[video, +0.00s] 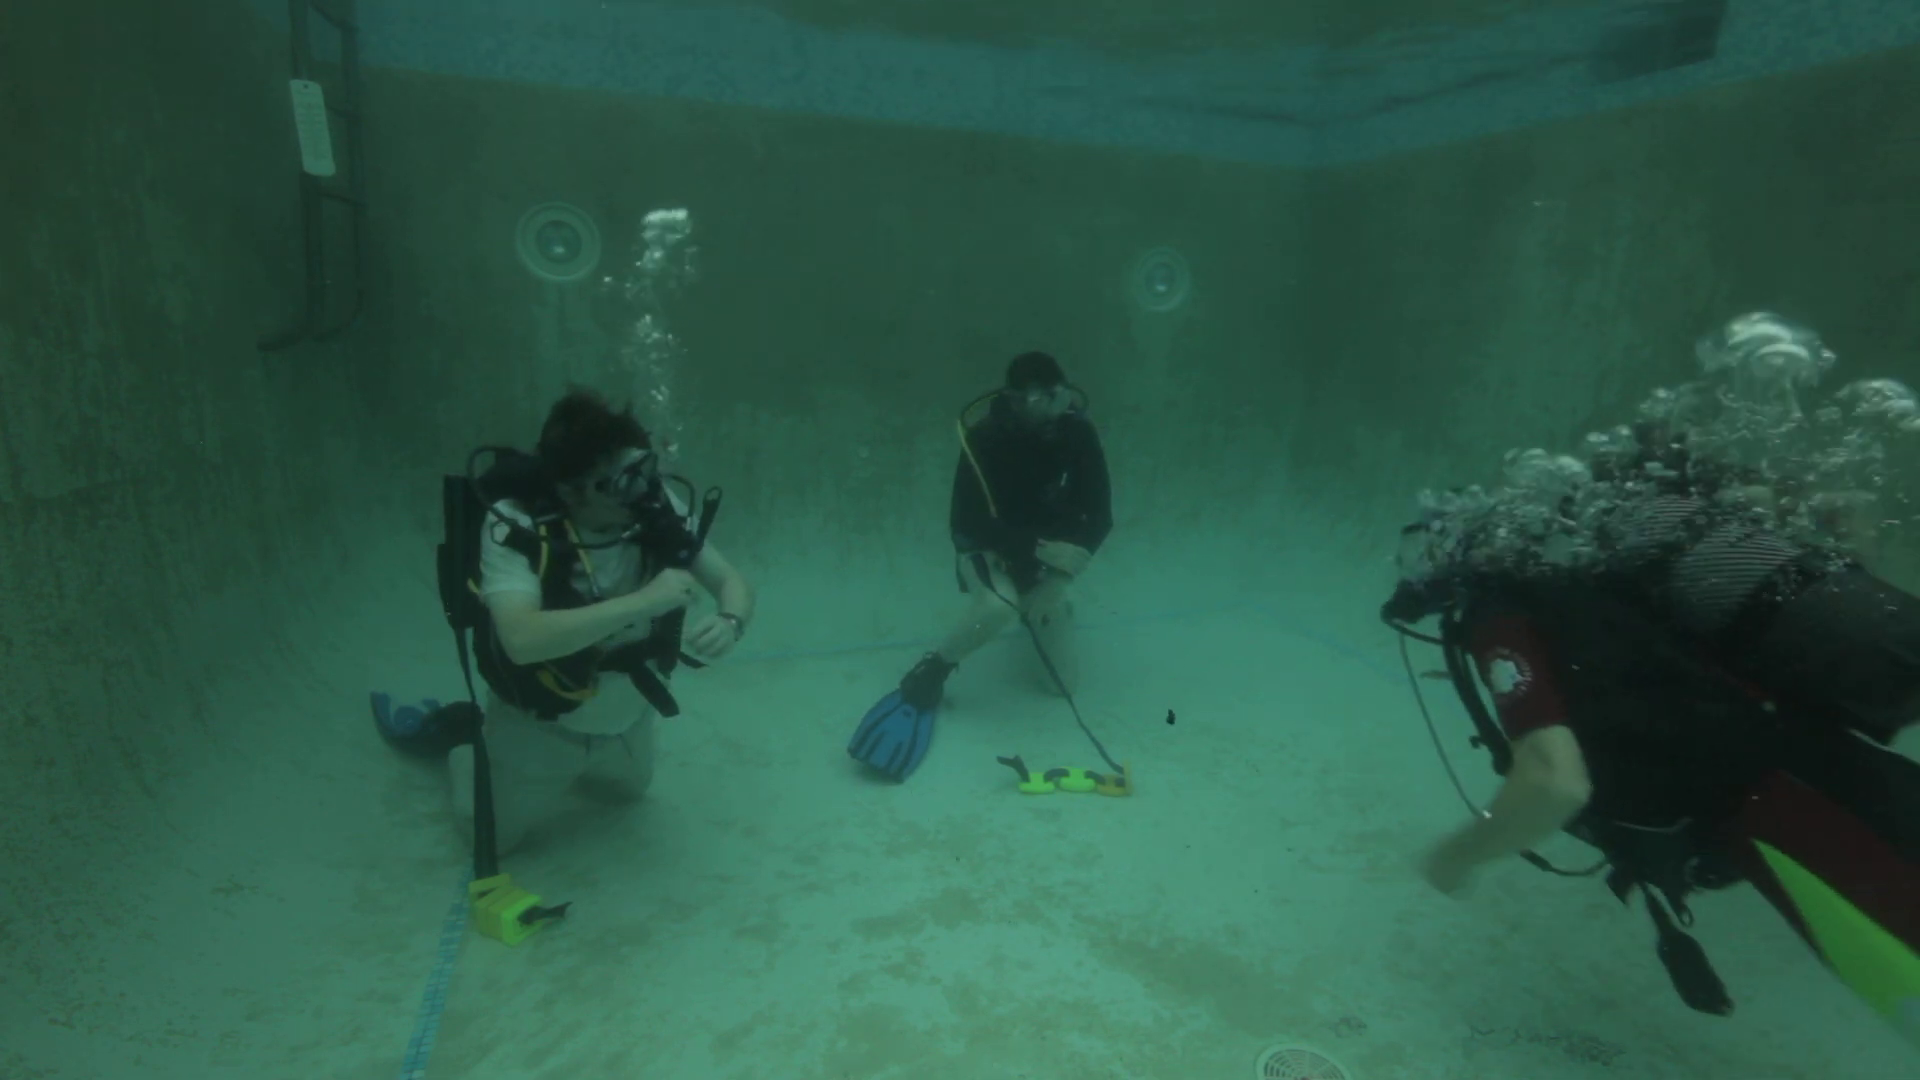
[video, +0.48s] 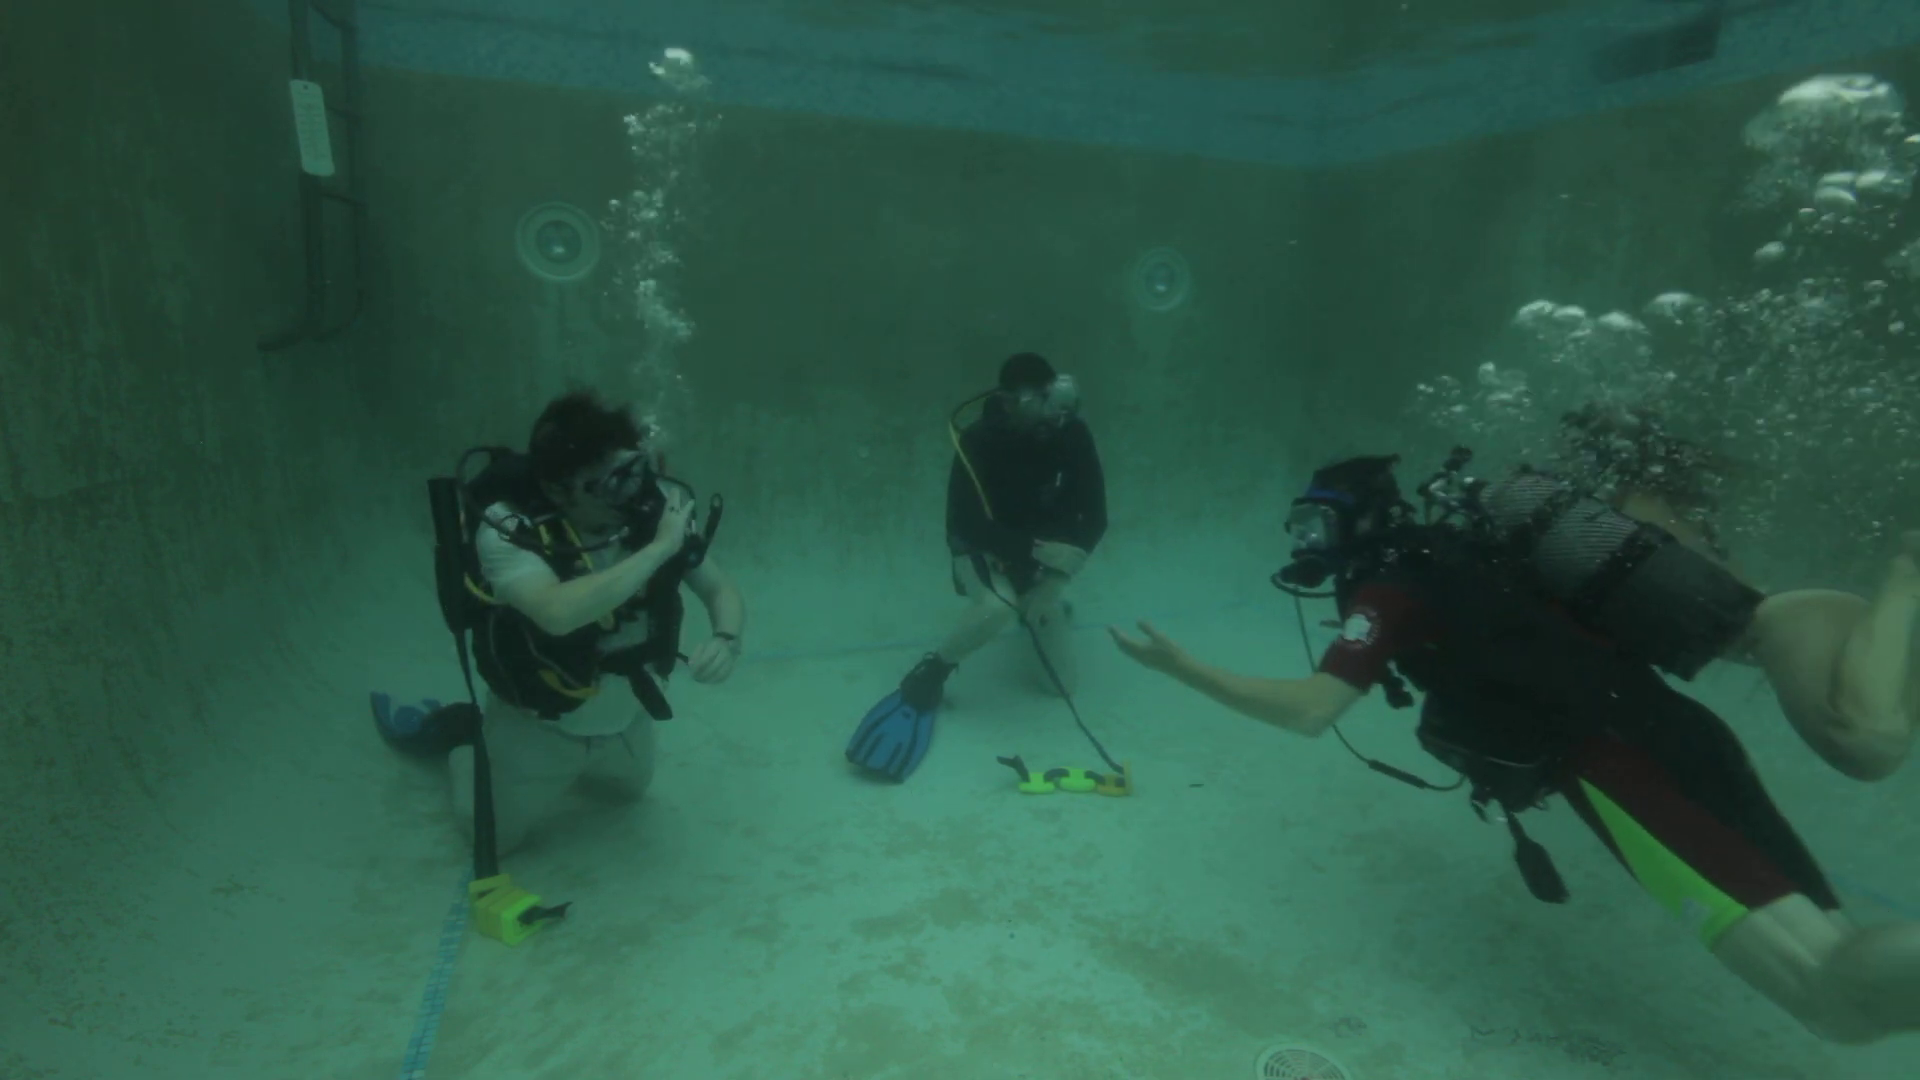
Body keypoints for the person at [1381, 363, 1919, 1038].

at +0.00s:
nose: (1418, 588)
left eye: (1421, 564)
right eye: (1412, 568)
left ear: (1454, 554)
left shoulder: (1500, 605)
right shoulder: (1589, 553)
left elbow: (1554, 779)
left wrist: (1463, 853)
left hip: (1781, 808)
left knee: (1904, 975)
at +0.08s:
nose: (1408, 570)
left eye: (1411, 549)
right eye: (1407, 549)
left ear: (1441, 544)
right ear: (1493, 517)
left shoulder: (1477, 602)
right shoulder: (1571, 562)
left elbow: (1515, 771)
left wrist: (1397, 817)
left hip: (1764, 806)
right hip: (1821, 760)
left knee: (1898, 1023)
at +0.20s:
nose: (1360, 563)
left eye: (1370, 542)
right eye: (1356, 544)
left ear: (1417, 531)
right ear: (1443, 524)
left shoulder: (1455, 594)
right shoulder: (1520, 565)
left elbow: (1438, 755)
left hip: (1717, 791)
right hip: (1775, 746)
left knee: (1869, 1034)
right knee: (1905, 961)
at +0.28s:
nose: (1350, 557)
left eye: (1361, 537)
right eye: (1348, 537)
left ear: (1400, 531)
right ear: (1433, 516)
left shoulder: (1438, 594)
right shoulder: (1515, 553)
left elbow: (1388, 739)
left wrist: (1258, 719)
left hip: (1683, 783)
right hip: (1752, 731)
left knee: (1864, 1032)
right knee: (1905, 943)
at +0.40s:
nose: (1318, 557)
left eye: (1330, 536)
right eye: (1317, 537)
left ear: (1376, 532)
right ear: (1406, 518)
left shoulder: (1411, 596)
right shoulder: (1482, 553)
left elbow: (1333, 718)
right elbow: (1593, 629)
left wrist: (1206, 683)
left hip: (1645, 773)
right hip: (1706, 729)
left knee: (1864, 1012)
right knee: (1882, 966)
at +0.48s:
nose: (1304, 556)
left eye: (1317, 535)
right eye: (1301, 536)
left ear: (1363, 528)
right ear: (1386, 514)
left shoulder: (1396, 589)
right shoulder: (1459, 553)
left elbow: (1306, 708)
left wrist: (1183, 665)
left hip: (1623, 767)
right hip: (1672, 727)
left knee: (1833, 991)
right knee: (1841, 955)